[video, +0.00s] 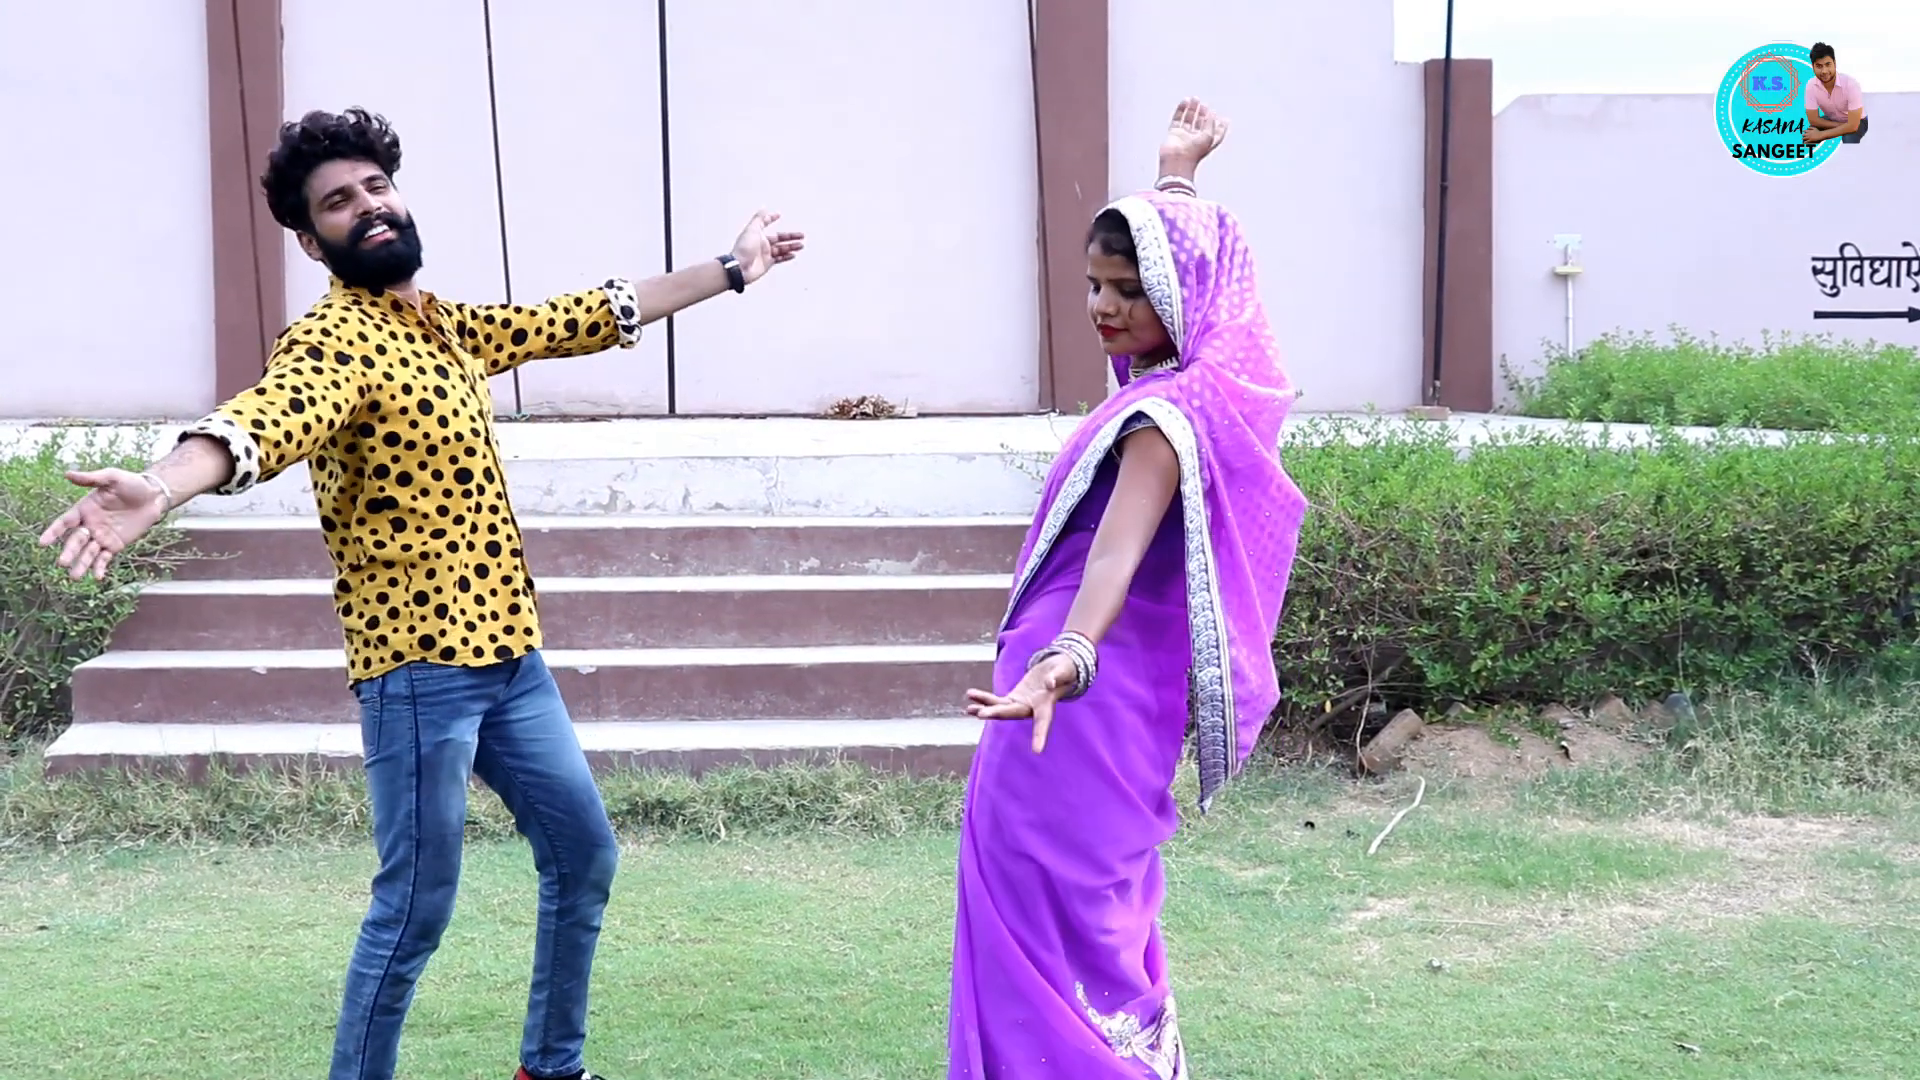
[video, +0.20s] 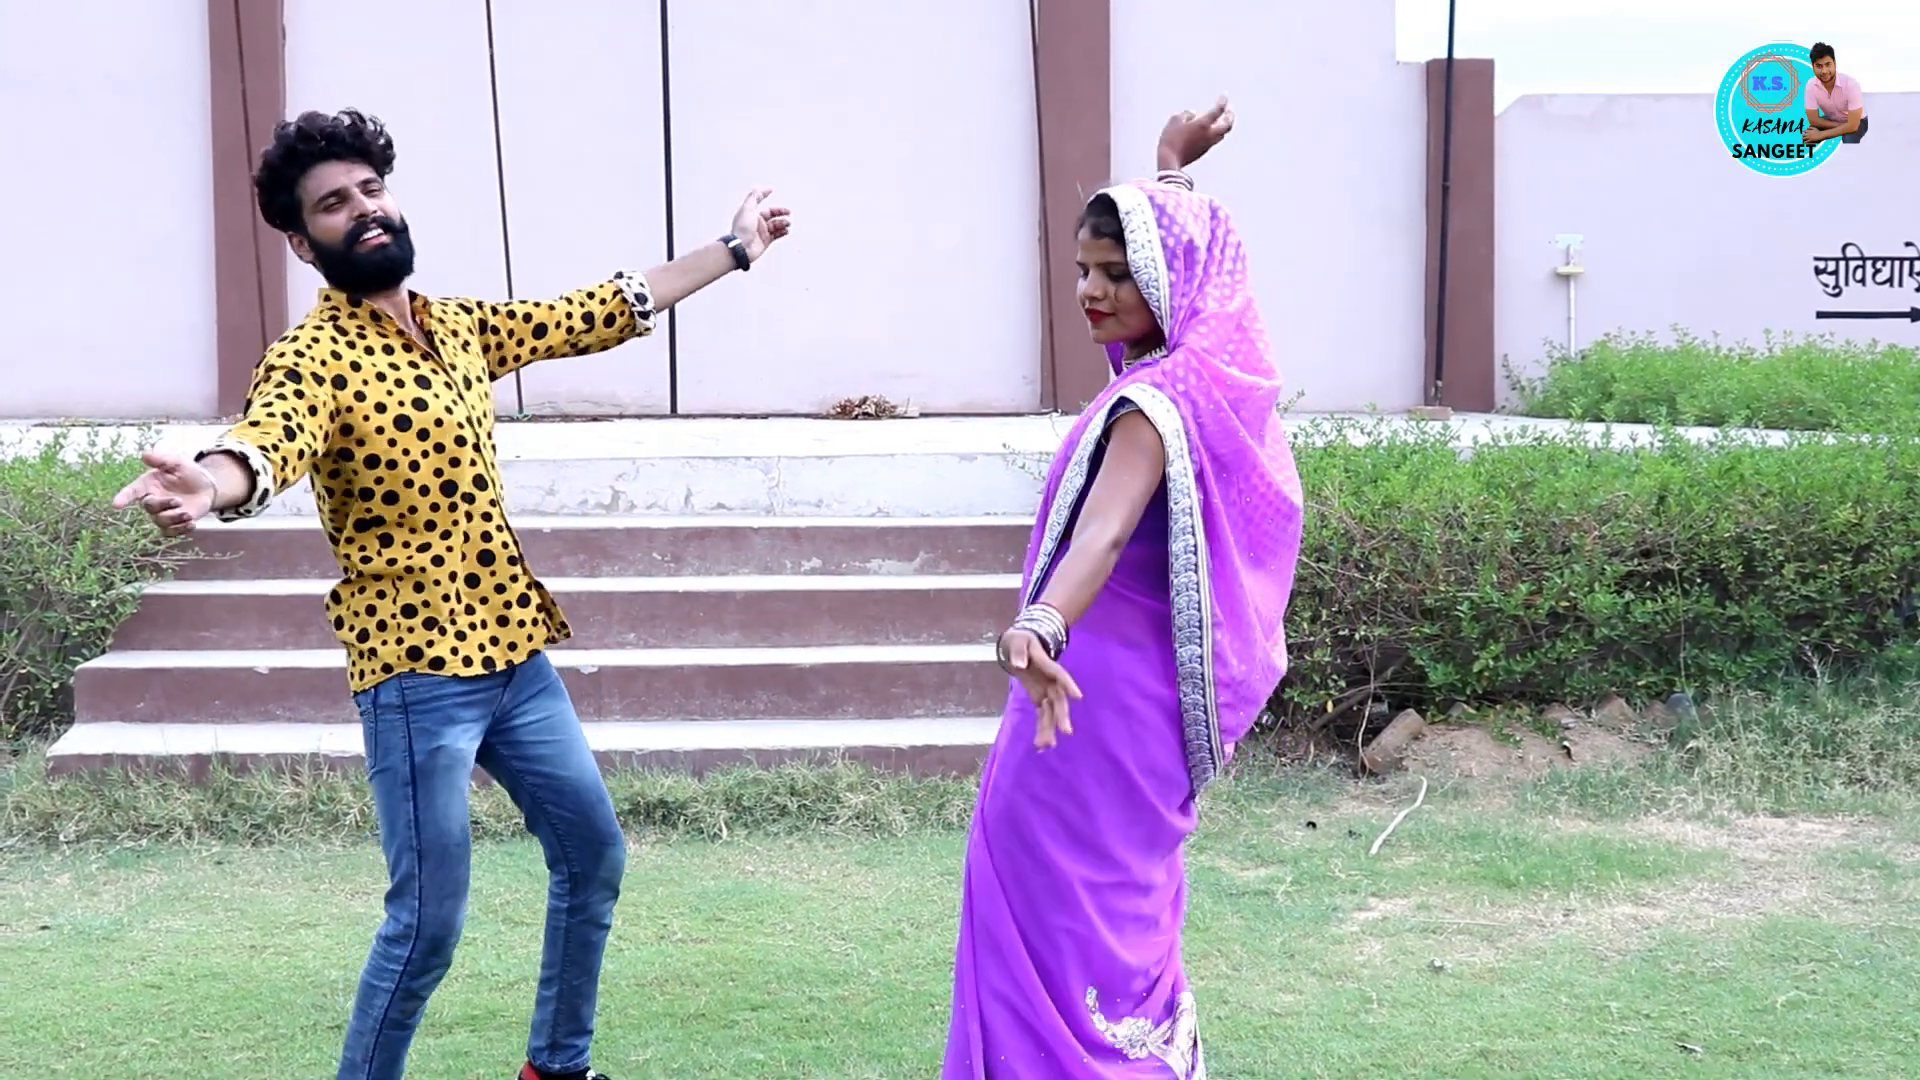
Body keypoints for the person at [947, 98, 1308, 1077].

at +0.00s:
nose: (1104, 308)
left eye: (1127, 291)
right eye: (1097, 286)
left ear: (1186, 300)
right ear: (1089, 281)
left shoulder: (1159, 416)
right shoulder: (1199, 388)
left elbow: (1117, 556)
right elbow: (1183, 287)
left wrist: (1066, 649)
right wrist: (1176, 172)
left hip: (1075, 718)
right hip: (1120, 711)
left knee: (1033, 960)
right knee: (1109, 949)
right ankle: (1133, 1061)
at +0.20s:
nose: (1089, 291)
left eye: (1112, 274)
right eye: (1084, 272)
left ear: (1170, 285)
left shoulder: (1147, 404)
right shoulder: (1210, 376)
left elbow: (1104, 534)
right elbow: (1190, 274)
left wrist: (1042, 622)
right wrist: (1172, 163)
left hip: (1095, 703)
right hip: (1158, 700)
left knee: (1037, 929)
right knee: (1131, 920)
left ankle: (1058, 1064)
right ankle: (1141, 1055)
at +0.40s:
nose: (1091, 286)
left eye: (1113, 265)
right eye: (1088, 264)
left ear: (1175, 276)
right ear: (1195, 278)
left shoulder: (1153, 398)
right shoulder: (1236, 379)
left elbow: (1114, 548)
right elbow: (1211, 267)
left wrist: (1048, 669)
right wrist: (1163, 177)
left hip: (1120, 725)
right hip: (1194, 725)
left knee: (983, 921)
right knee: (1176, 962)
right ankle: (1175, 1064)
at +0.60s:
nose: (1123, 281)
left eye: (1144, 262)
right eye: (1121, 260)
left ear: (1208, 275)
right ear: (1226, 278)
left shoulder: (1189, 405)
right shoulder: (1266, 384)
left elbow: (1149, 561)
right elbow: (1256, 265)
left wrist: (1069, 686)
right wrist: (1205, 181)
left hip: (1148, 714)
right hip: (1213, 712)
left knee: (1078, 963)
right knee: (1189, 959)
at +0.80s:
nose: (1174, 273)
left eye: (1196, 256)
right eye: (1169, 252)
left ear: (1260, 268)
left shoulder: (1239, 391)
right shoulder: (1293, 367)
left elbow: (1204, 541)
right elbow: (1219, 290)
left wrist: (1173, 651)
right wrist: (1193, 182)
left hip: (1197, 695)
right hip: (1254, 693)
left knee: (1060, 894)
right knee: (1236, 933)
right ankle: (1250, 1063)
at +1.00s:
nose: (1207, 259)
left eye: (1231, 245)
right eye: (1206, 240)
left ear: (1296, 267)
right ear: (1200, 244)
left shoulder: (1296, 390)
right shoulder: (1262, 368)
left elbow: (1287, 543)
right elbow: (1199, 318)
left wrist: (1253, 606)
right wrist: (1184, 210)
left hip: (1231, 711)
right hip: (1196, 698)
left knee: (1204, 955)